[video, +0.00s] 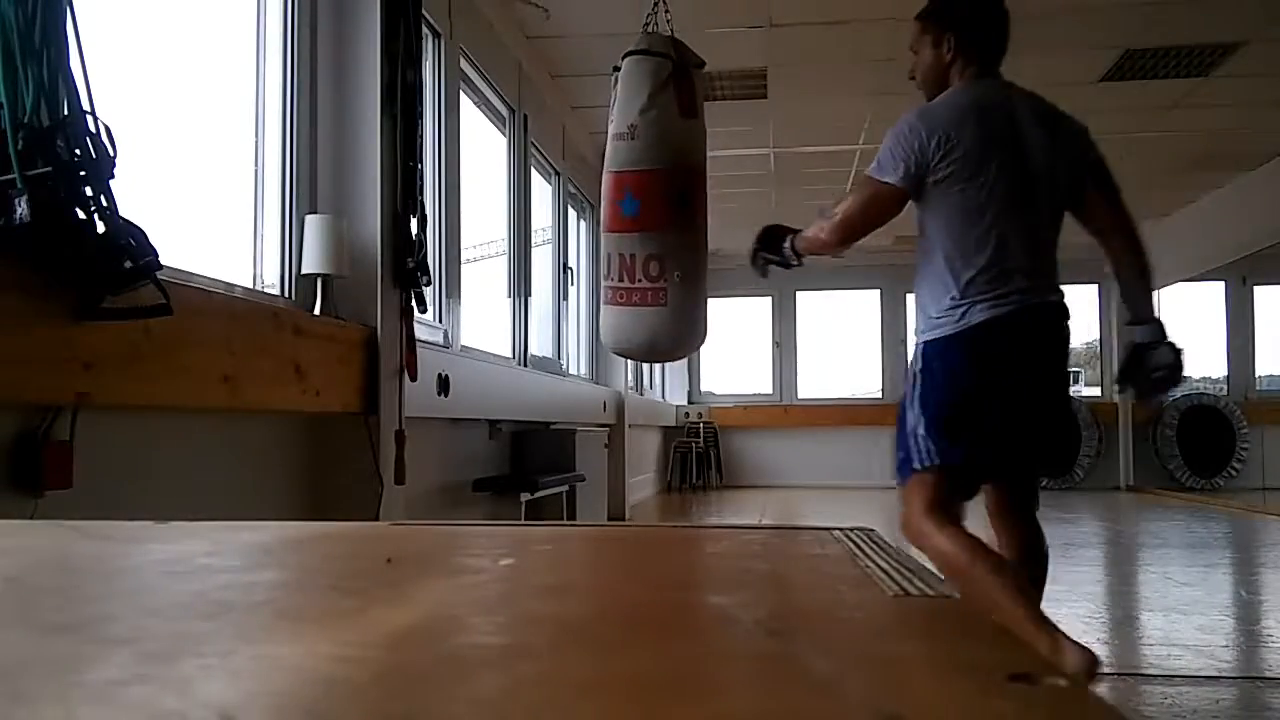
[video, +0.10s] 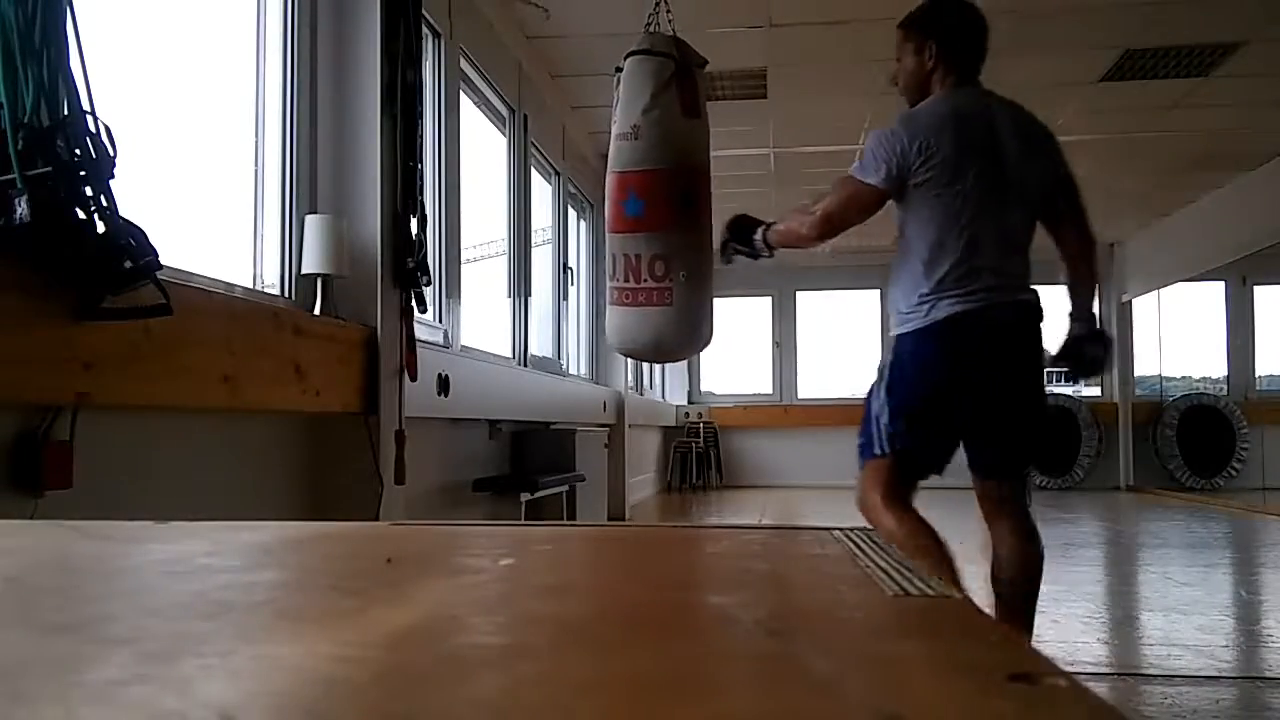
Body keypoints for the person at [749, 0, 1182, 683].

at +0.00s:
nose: (909, 63)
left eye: (916, 48)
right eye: (910, 48)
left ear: (953, 48)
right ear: (986, 48)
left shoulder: (928, 127)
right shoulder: (1055, 124)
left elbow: (840, 233)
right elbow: (1120, 235)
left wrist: (792, 243)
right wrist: (1144, 328)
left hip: (959, 342)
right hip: (1041, 338)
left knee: (925, 515)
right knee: (1013, 504)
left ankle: (1054, 649)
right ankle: (1020, 662)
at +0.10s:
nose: (893, 73)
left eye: (900, 57)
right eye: (895, 58)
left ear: (930, 56)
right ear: (963, 58)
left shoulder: (910, 135)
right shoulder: (1029, 133)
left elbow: (821, 223)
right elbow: (1077, 240)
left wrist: (761, 235)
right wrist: (1086, 323)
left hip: (933, 339)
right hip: (1012, 336)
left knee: (881, 496)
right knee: (1007, 505)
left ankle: (959, 623)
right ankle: (1012, 660)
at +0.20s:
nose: (875, 83)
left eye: (881, 68)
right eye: (877, 68)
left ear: (909, 70)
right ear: (946, 72)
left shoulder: (891, 145)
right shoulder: (1002, 144)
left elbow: (797, 227)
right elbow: (1045, 244)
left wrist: (728, 237)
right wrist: (1027, 299)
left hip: (911, 336)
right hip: (990, 333)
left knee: (861, 490)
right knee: (994, 497)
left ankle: (893, 642)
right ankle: (1010, 654)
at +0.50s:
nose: (795, 130)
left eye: (797, 117)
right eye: (796, 117)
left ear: (812, 119)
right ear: (858, 117)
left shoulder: (818, 180)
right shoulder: (912, 177)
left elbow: (782, 260)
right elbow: (966, 253)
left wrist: (697, 268)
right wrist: (951, 310)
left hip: (840, 349)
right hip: (905, 346)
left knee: (808, 487)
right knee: (917, 483)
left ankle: (813, 614)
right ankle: (954, 600)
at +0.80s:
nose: (771, 154)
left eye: (776, 142)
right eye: (773, 143)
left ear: (802, 143)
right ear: (822, 145)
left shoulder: (820, 189)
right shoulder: (858, 197)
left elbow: (803, 242)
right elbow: (883, 281)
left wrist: (730, 263)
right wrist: (858, 326)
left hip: (826, 355)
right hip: (861, 353)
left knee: (801, 485)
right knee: (838, 481)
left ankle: (818, 583)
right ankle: (850, 583)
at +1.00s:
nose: (778, 167)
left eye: (786, 156)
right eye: (780, 157)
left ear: (814, 160)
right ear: (812, 162)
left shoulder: (844, 203)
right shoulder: (818, 217)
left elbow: (880, 266)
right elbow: (815, 297)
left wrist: (845, 308)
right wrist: (790, 349)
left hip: (845, 362)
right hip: (825, 363)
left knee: (815, 475)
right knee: (815, 477)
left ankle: (835, 580)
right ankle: (841, 574)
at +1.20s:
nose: (805, 167)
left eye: (814, 156)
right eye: (806, 157)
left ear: (845, 161)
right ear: (837, 163)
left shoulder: (879, 208)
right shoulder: (818, 230)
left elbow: (919, 271)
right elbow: (815, 295)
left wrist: (888, 321)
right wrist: (787, 345)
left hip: (869, 364)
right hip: (825, 369)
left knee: (867, 478)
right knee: (826, 481)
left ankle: (912, 577)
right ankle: (840, 584)